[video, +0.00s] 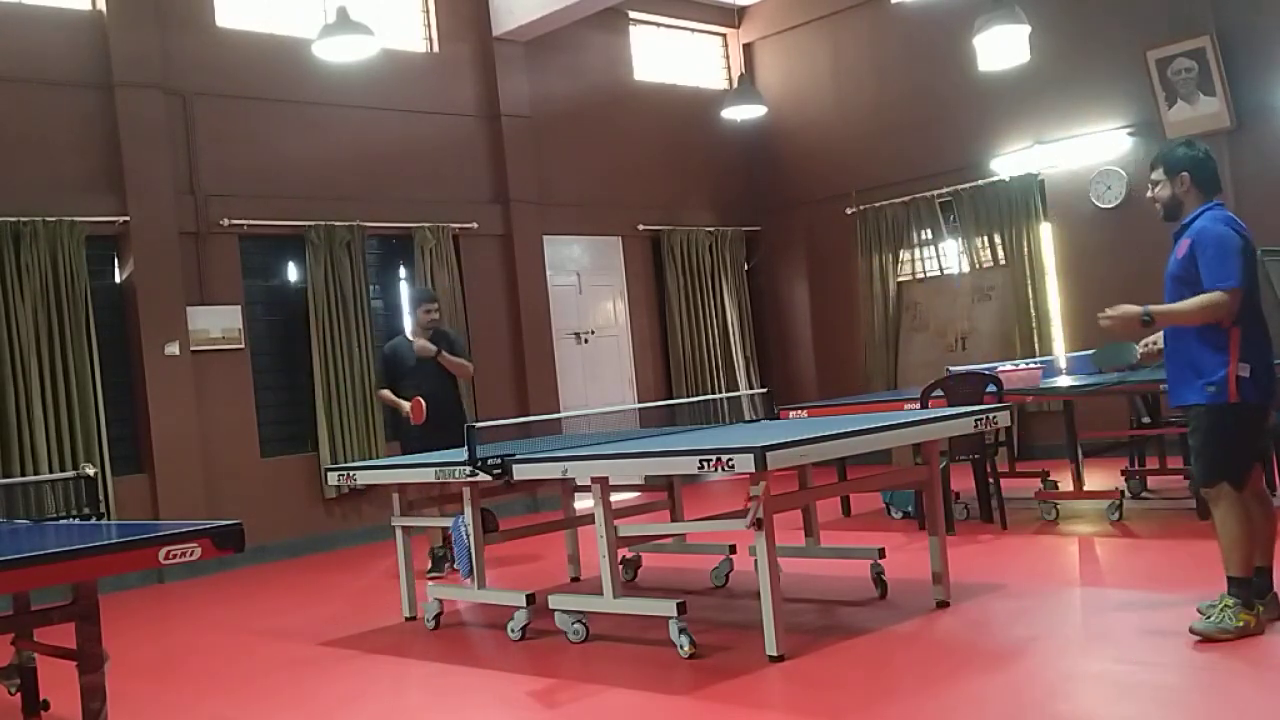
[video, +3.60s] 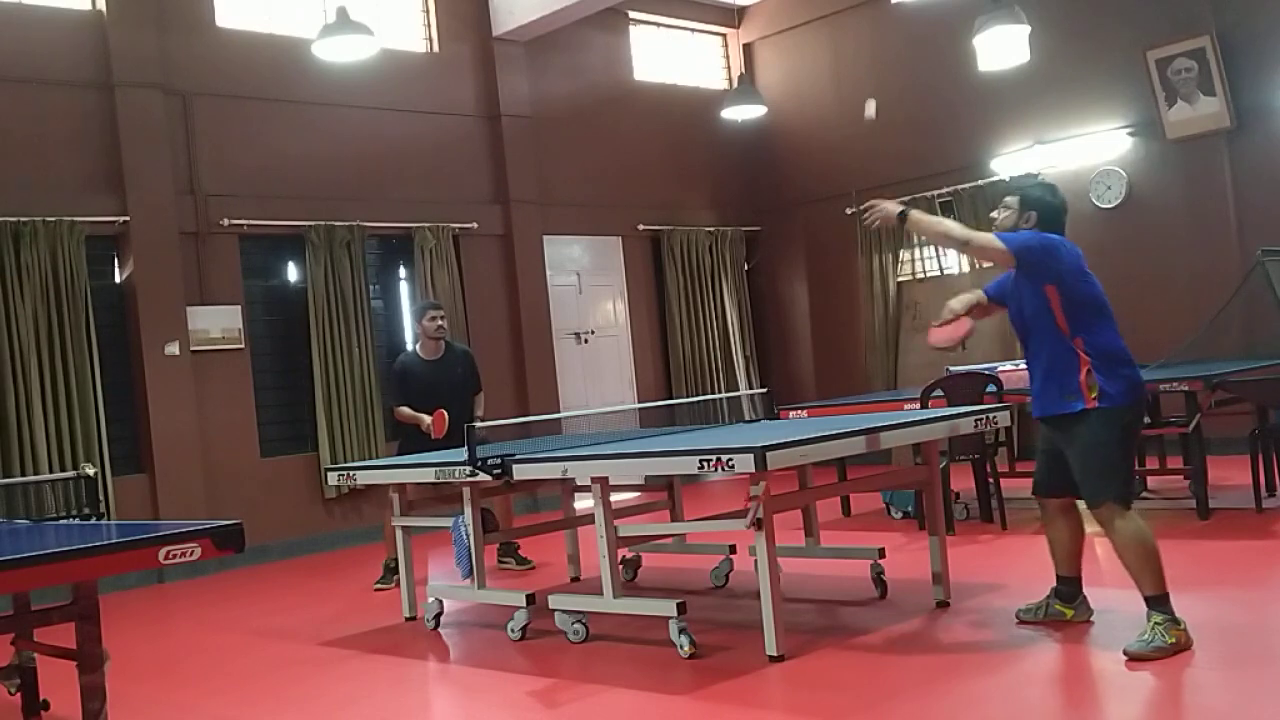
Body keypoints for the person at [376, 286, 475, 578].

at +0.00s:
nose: (434, 316)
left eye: (436, 311)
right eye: (427, 312)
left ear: (440, 312)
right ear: (413, 314)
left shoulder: (448, 339)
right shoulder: (393, 350)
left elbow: (467, 371)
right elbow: (381, 389)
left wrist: (435, 352)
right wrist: (400, 404)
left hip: (452, 426)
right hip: (417, 431)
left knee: (457, 490)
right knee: (427, 493)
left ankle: (460, 546)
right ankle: (437, 549)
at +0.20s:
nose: (434, 315)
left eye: (436, 309)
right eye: (427, 311)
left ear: (440, 311)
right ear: (413, 314)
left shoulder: (452, 344)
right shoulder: (394, 348)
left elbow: (471, 379)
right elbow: (382, 384)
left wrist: (456, 391)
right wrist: (393, 399)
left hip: (446, 429)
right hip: (412, 432)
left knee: (450, 490)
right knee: (421, 492)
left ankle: (448, 547)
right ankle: (432, 547)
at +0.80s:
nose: (409, 312)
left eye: (411, 307)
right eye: (401, 308)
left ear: (416, 311)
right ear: (386, 315)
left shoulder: (430, 341)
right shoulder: (376, 355)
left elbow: (445, 375)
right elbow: (362, 397)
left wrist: (452, 401)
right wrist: (386, 400)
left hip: (438, 435)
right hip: (398, 442)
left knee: (462, 490)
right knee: (394, 500)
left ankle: (477, 545)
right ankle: (389, 562)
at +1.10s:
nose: (430, 314)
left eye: (434, 308)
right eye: (423, 310)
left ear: (441, 312)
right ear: (415, 316)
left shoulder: (462, 343)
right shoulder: (401, 355)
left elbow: (482, 375)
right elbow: (390, 396)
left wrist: (484, 405)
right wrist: (408, 405)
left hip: (465, 436)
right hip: (421, 442)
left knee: (492, 489)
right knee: (404, 499)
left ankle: (506, 548)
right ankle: (391, 562)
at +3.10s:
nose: (444, 334)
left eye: (447, 329)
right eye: (437, 330)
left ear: (451, 332)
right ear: (421, 335)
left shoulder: (464, 364)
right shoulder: (406, 371)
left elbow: (480, 401)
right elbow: (399, 416)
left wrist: (479, 425)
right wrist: (423, 420)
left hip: (462, 452)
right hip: (418, 455)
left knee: (504, 483)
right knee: (393, 493)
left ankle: (508, 549)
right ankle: (393, 563)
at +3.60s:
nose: (440, 323)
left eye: (443, 319)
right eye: (433, 319)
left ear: (447, 323)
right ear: (419, 326)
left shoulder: (462, 356)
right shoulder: (404, 364)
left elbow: (477, 393)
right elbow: (398, 409)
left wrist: (478, 420)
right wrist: (420, 419)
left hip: (462, 447)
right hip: (418, 449)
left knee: (501, 482)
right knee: (396, 497)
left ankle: (507, 548)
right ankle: (392, 562)